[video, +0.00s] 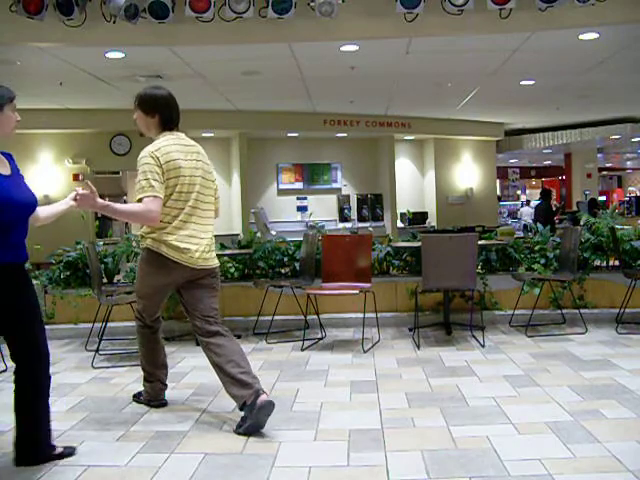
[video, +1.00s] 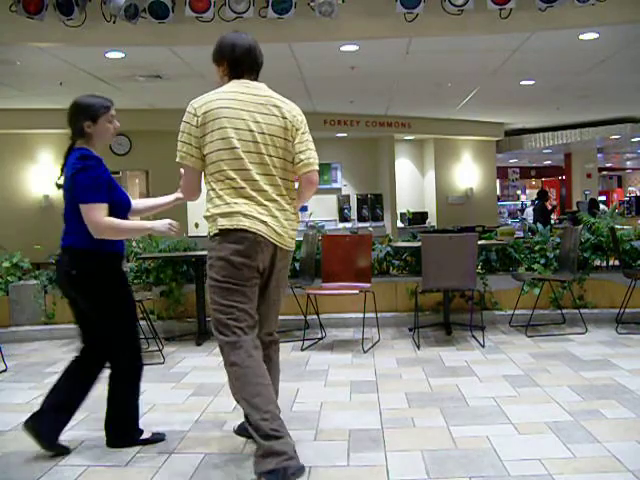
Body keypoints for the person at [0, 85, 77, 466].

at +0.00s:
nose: (18, 117)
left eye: (16, 110)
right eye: (13, 110)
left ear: (5, 116)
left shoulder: (8, 162)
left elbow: (32, 217)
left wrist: (72, 201)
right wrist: (70, 202)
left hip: (14, 274)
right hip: (3, 275)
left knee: (33, 358)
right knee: (31, 358)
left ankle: (34, 447)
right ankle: (32, 447)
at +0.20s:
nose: (31, 124)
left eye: (29, 117)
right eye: (26, 118)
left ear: (11, 124)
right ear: (6, 124)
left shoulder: (20, 167)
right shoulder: (1, 169)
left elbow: (50, 219)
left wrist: (90, 202)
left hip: (29, 278)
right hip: (6, 281)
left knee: (40, 360)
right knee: (30, 363)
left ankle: (26, 449)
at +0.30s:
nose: (39, 122)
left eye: (37, 115)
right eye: (33, 115)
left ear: (17, 121)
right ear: (14, 121)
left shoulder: (25, 164)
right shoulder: (0, 165)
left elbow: (57, 216)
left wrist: (99, 199)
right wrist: (11, 291)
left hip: (32, 277)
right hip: (14, 281)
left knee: (36, 358)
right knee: (61, 354)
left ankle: (25, 445)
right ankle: (17, 446)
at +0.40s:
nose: (47, 117)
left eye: (45, 111)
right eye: (42, 111)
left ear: (23, 117)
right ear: (23, 117)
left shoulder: (30, 157)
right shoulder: (8, 159)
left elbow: (62, 209)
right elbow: (2, 228)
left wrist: (106, 197)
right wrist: (38, 279)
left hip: (28, 274)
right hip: (18, 275)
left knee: (26, 361)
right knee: (70, 350)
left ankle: (22, 448)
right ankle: (73, 446)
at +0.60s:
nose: (68, 122)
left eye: (66, 116)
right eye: (62, 116)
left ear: (41, 124)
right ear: (43, 123)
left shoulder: (40, 164)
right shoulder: (32, 166)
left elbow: (86, 206)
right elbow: (34, 229)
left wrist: (133, 191)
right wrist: (88, 260)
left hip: (30, 273)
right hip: (38, 275)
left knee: (30, 361)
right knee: (79, 355)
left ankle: (20, 447)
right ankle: (122, 431)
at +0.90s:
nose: (104, 118)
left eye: (102, 112)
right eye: (98, 113)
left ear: (76, 121)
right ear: (78, 120)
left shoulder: (73, 157)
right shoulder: (76, 160)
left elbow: (114, 204)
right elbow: (85, 222)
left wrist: (166, 196)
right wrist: (138, 227)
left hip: (62, 262)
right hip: (82, 264)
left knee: (63, 349)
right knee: (109, 347)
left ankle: (27, 434)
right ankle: (120, 433)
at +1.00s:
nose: (117, 124)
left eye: (115, 118)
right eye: (110, 119)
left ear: (89, 127)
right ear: (90, 125)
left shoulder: (87, 162)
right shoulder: (87, 165)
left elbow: (127, 206)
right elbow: (99, 226)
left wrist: (177, 197)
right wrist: (153, 227)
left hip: (81, 265)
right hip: (97, 266)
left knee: (97, 348)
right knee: (127, 352)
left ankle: (45, 424)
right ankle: (123, 432)